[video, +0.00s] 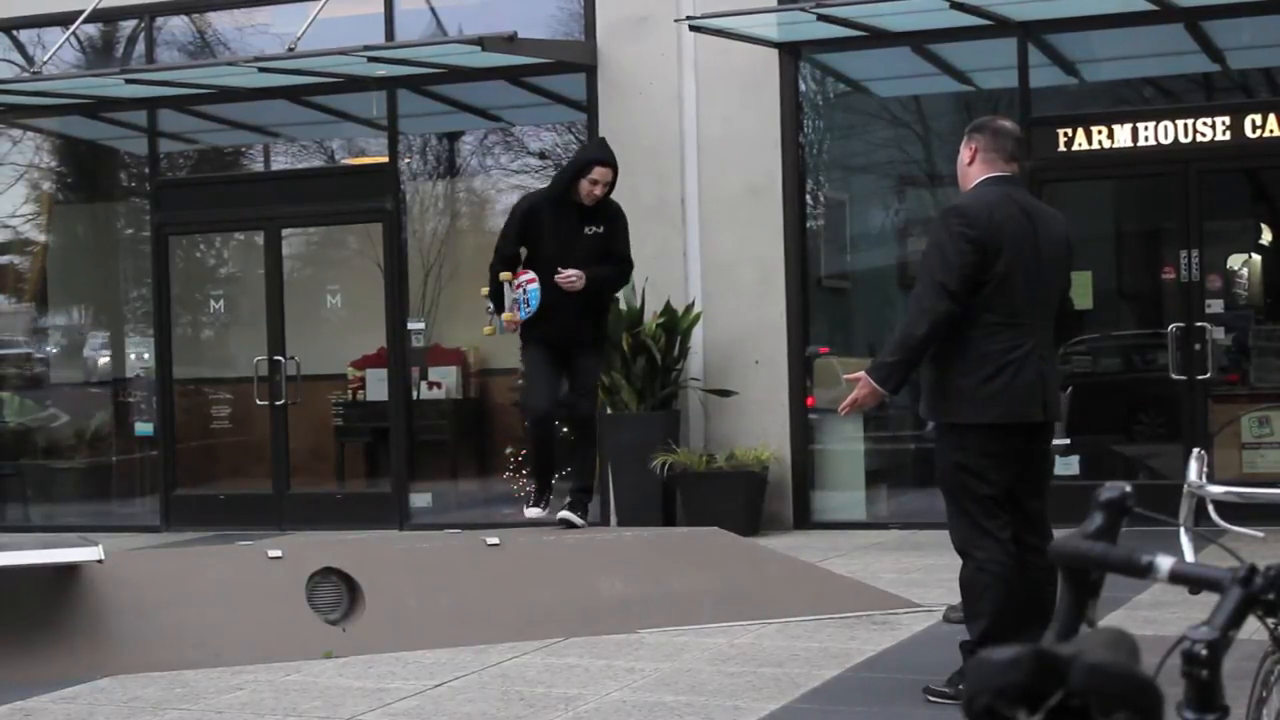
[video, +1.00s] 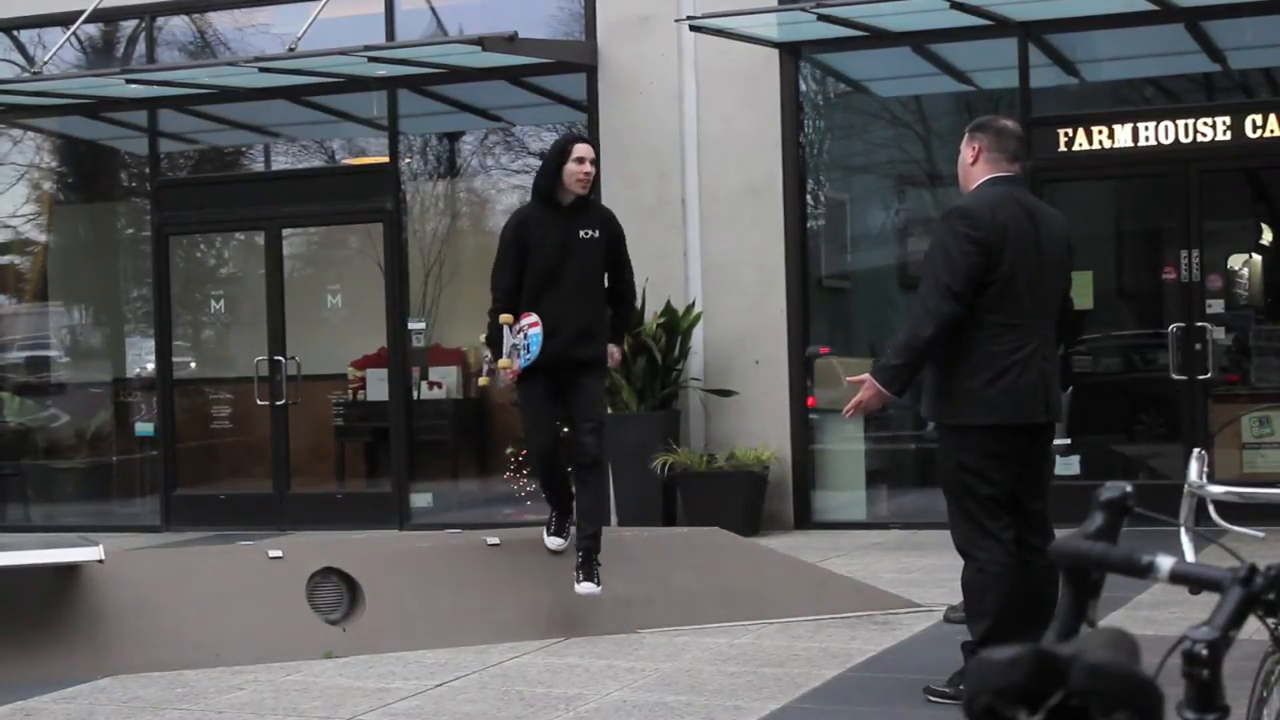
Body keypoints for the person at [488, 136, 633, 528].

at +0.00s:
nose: (599, 191)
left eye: (606, 185)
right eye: (593, 181)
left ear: (611, 184)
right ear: (576, 175)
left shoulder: (611, 216)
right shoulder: (534, 207)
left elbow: (622, 269)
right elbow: (503, 259)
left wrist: (588, 278)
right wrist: (503, 305)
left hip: (589, 331)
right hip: (542, 330)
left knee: (583, 413)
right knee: (538, 409)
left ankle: (579, 502)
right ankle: (540, 492)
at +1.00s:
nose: (587, 169)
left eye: (591, 162)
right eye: (578, 161)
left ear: (594, 170)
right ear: (555, 166)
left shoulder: (603, 221)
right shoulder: (523, 223)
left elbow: (623, 286)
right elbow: (503, 292)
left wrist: (616, 338)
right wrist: (501, 353)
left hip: (588, 356)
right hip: (535, 357)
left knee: (588, 452)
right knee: (542, 448)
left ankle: (589, 558)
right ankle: (559, 508)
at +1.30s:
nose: (605, 232)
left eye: (609, 226)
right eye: (597, 224)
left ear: (612, 236)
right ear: (573, 228)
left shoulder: (617, 292)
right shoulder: (536, 287)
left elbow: (638, 353)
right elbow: (512, 353)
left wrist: (638, 395)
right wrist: (504, 414)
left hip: (603, 424)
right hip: (546, 424)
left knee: (601, 525)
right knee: (544, 524)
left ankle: (591, 618)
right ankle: (555, 538)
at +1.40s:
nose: (604, 222)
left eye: (609, 215)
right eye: (596, 213)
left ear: (611, 225)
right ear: (572, 217)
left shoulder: (618, 279)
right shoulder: (533, 275)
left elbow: (642, 337)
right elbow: (510, 346)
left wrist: (633, 362)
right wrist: (508, 409)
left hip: (605, 419)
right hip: (548, 420)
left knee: (601, 521)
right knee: (551, 515)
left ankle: (591, 614)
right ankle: (550, 600)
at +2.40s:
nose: (642, 217)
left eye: (639, 207)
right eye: (634, 208)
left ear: (615, 213)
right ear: (607, 213)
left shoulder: (624, 275)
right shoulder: (560, 268)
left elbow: (631, 344)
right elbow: (545, 353)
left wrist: (655, 358)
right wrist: (569, 420)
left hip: (634, 428)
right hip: (584, 430)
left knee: (631, 549)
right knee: (595, 542)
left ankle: (618, 664)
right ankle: (564, 644)